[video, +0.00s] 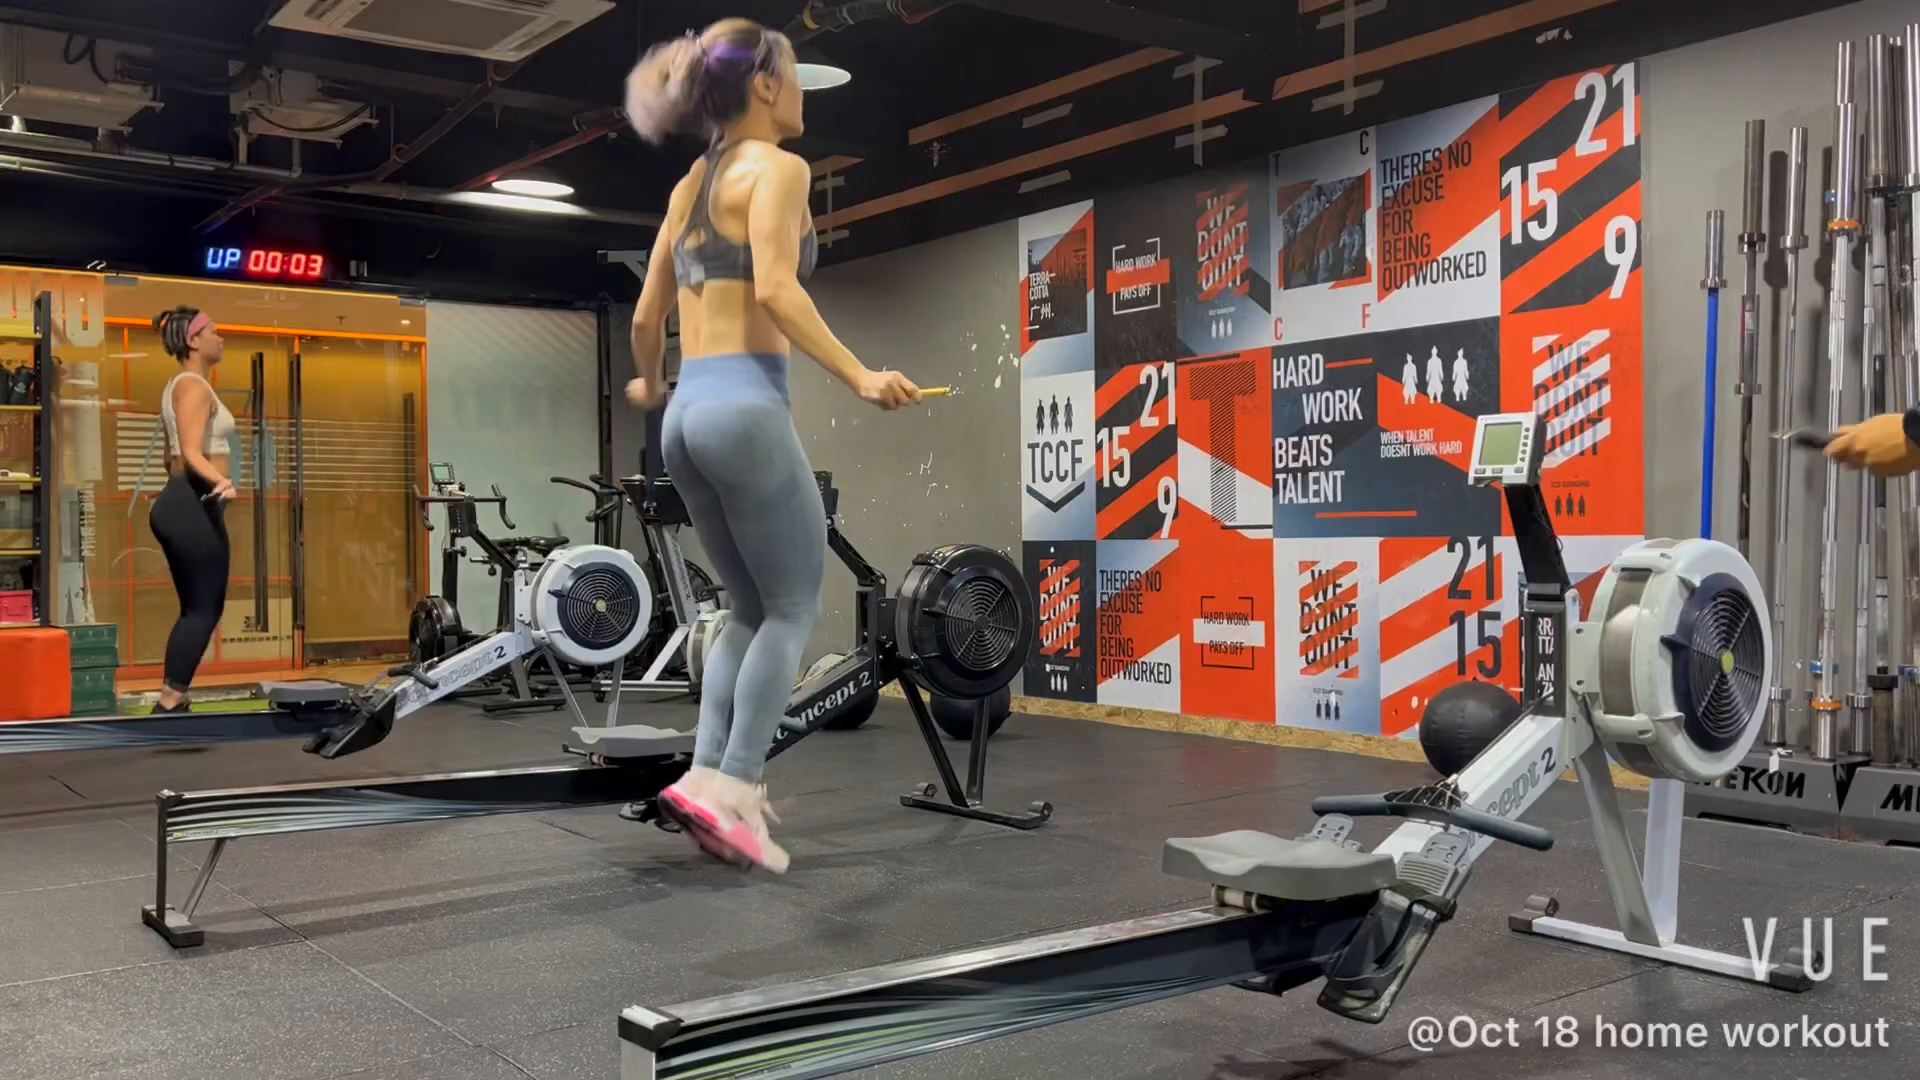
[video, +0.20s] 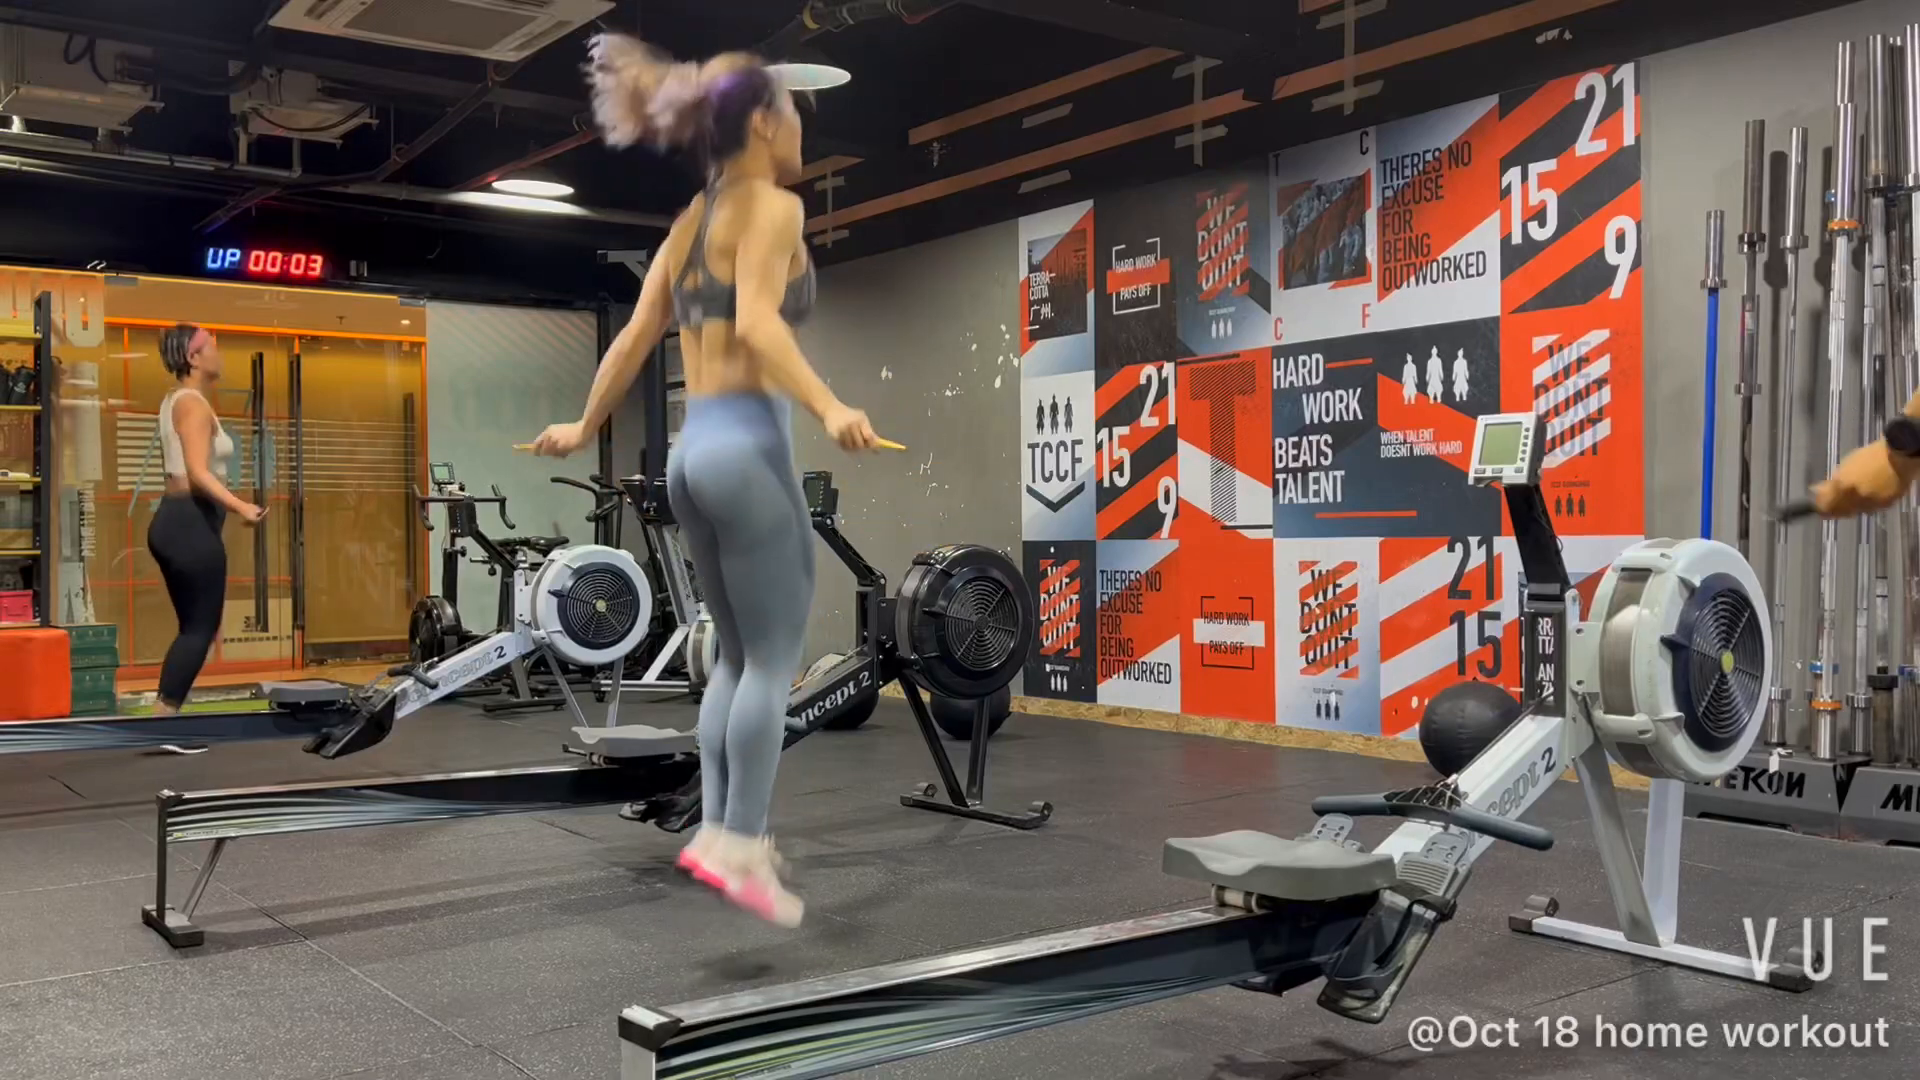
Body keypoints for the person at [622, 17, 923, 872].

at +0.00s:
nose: (801, 93)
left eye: (794, 79)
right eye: (792, 79)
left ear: (730, 94)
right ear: (765, 85)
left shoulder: (691, 183)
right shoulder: (779, 167)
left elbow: (649, 311)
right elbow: (776, 289)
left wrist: (648, 379)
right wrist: (861, 373)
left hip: (681, 412)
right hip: (743, 407)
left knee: (746, 610)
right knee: (791, 609)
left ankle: (711, 783)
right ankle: (733, 785)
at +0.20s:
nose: (799, 123)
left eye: (792, 109)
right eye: (788, 111)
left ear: (729, 135)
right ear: (761, 128)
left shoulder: (693, 220)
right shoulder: (772, 204)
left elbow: (638, 333)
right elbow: (756, 322)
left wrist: (583, 423)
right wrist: (831, 408)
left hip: (690, 446)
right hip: (743, 443)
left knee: (732, 654)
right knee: (772, 655)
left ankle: (723, 834)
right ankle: (742, 843)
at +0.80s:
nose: (786, 130)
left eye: (779, 116)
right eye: (775, 117)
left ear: (715, 137)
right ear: (748, 130)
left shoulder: (680, 226)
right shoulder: (759, 210)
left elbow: (624, 336)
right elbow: (741, 323)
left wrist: (563, 430)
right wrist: (810, 411)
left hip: (671, 451)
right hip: (723, 448)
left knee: (713, 662)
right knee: (749, 659)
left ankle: (701, 842)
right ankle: (712, 849)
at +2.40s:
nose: (762, 91)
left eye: (756, 76)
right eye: (754, 76)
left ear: (692, 93)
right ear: (724, 84)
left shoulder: (655, 182)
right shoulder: (744, 164)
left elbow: (612, 311)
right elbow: (735, 284)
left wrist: (616, 382)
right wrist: (818, 374)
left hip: (657, 409)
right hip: (714, 404)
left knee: (705, 619)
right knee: (754, 611)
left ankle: (693, 791)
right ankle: (704, 792)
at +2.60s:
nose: (759, 140)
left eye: (753, 125)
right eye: (747, 126)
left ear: (692, 148)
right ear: (717, 141)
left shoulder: (655, 240)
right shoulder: (729, 217)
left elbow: (599, 353)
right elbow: (715, 333)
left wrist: (544, 441)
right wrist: (789, 417)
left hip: (667, 468)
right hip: (712, 462)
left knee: (709, 673)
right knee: (748, 667)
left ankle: (686, 849)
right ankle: (710, 859)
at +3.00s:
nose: (769, 91)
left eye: (763, 75)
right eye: (760, 75)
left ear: (701, 90)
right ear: (732, 81)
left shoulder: (660, 178)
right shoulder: (747, 164)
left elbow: (615, 307)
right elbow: (735, 283)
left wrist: (630, 380)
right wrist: (816, 373)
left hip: (652, 409)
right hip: (711, 402)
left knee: (705, 614)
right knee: (754, 608)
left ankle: (683, 786)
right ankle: (704, 792)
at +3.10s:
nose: (773, 94)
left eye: (769, 78)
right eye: (765, 80)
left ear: (696, 93)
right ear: (736, 84)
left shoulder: (659, 183)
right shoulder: (749, 167)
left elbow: (622, 313)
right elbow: (728, 288)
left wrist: (611, 408)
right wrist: (795, 381)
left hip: (653, 405)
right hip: (710, 402)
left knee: (701, 620)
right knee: (749, 614)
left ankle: (688, 794)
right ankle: (712, 800)